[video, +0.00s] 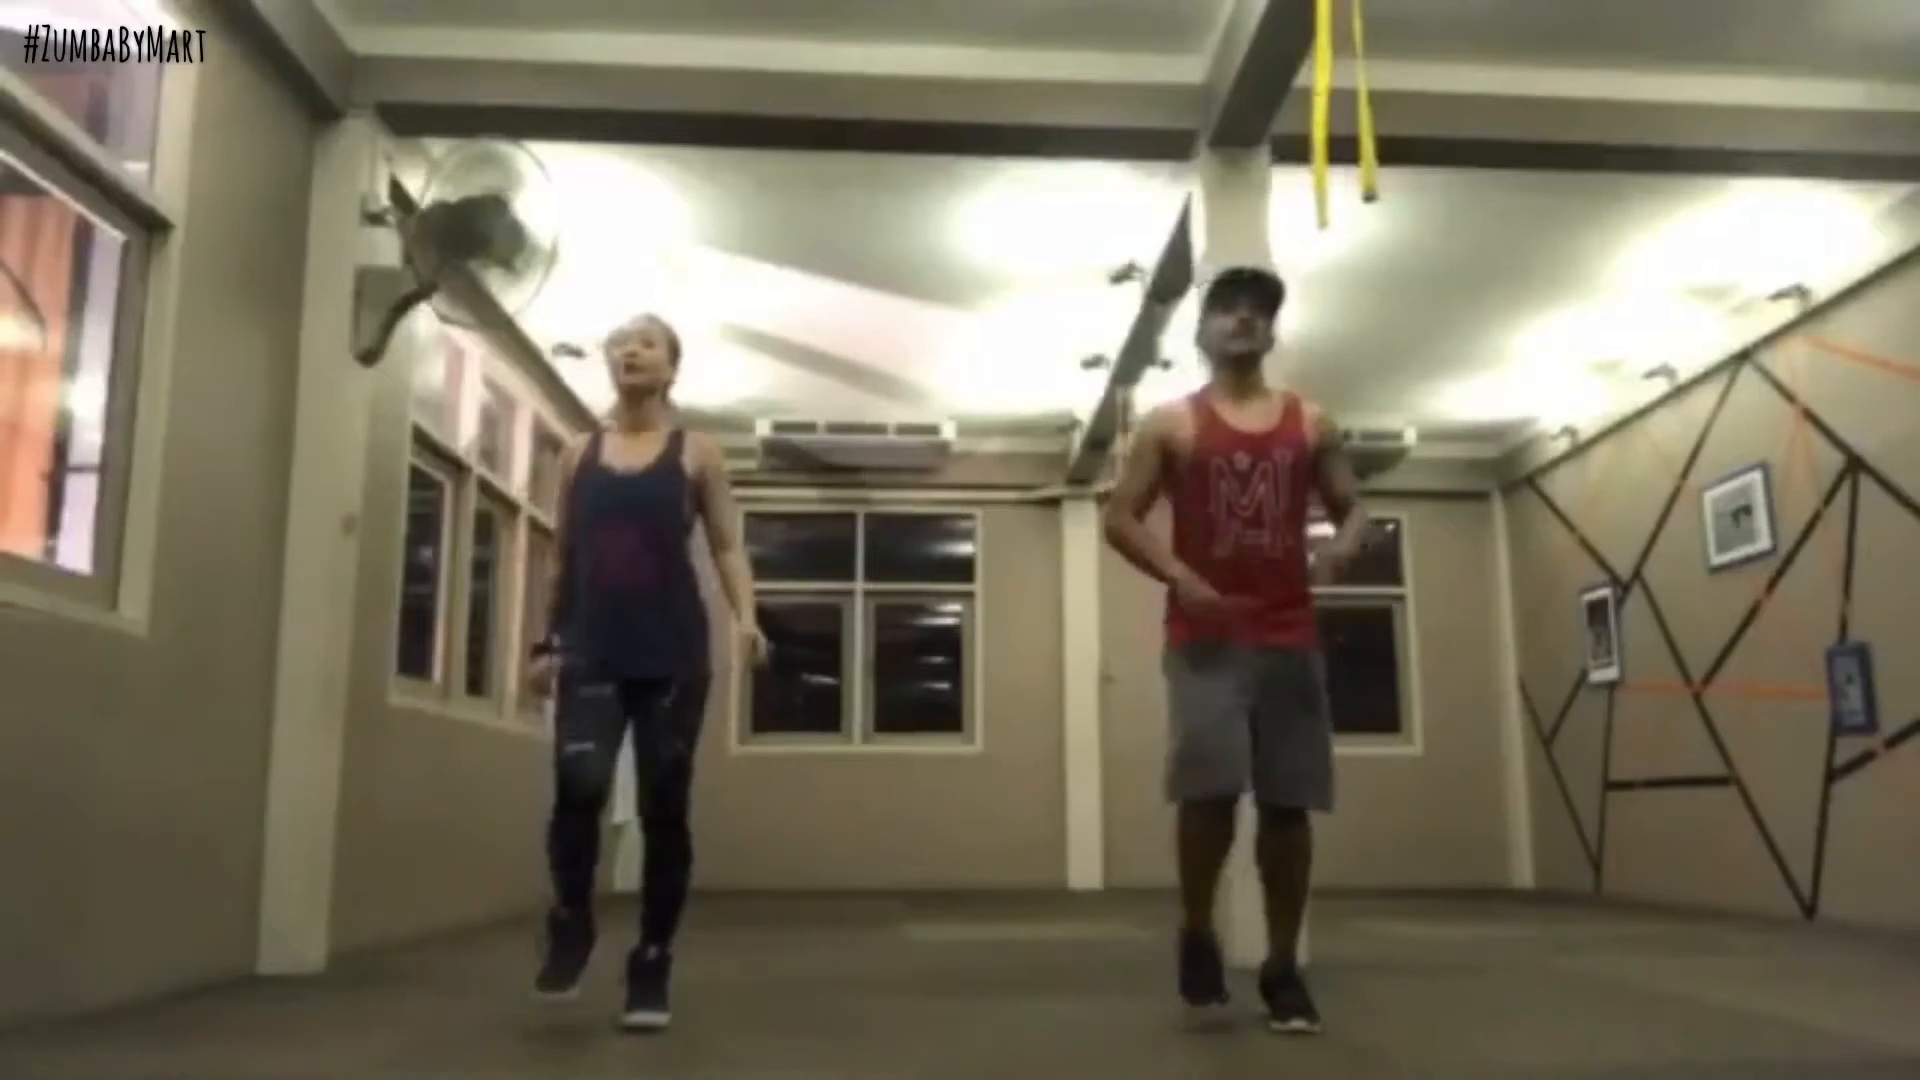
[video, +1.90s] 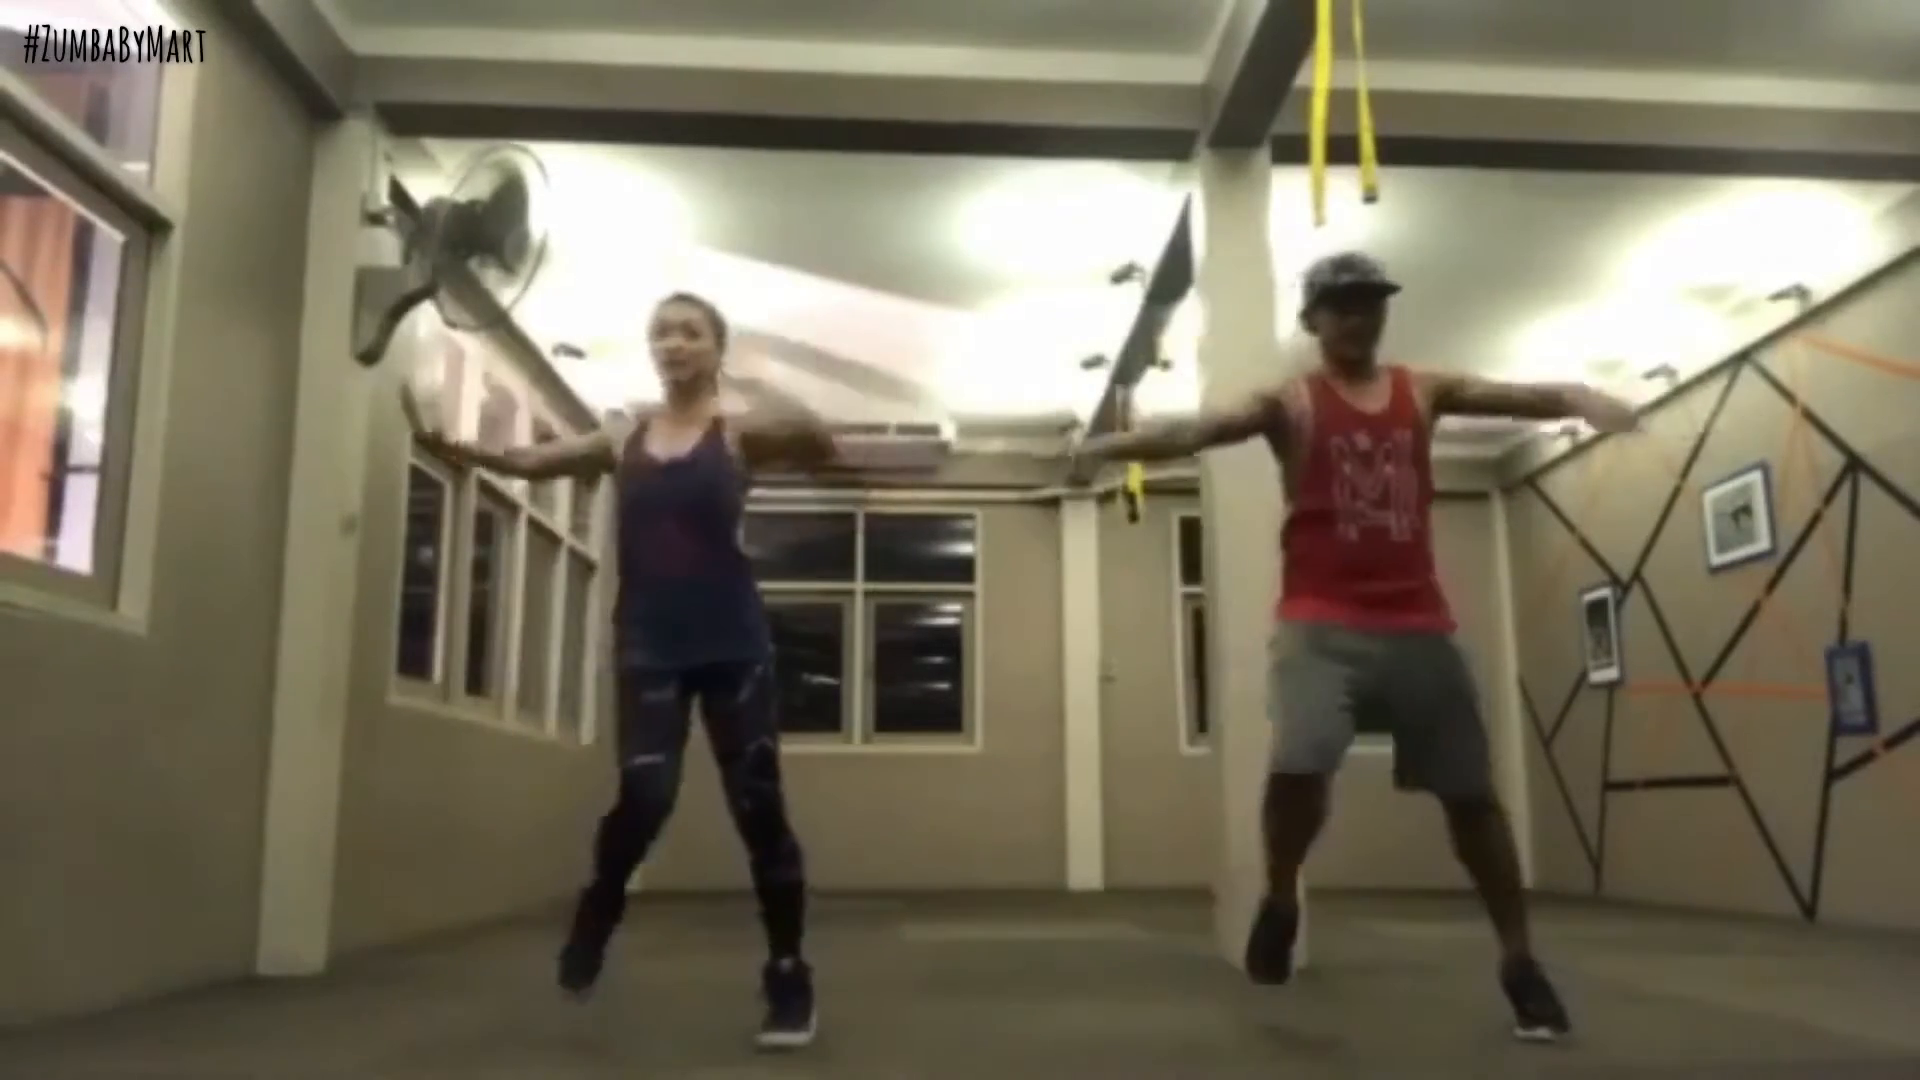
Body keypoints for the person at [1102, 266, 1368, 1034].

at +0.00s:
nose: (1238, 323)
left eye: (1253, 312)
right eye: (1224, 311)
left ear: (1272, 329)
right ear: (1202, 327)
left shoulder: (1308, 423)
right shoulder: (1172, 424)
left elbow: (1351, 509)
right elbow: (1119, 518)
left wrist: (1344, 550)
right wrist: (1182, 579)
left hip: (1288, 636)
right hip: (1208, 638)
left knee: (1287, 807)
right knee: (1209, 797)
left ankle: (1283, 965)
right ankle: (1196, 937)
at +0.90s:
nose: (1235, 323)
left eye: (1249, 312)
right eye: (1221, 310)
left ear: (1267, 327)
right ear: (1194, 323)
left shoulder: (1298, 415)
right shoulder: (1155, 412)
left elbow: (1379, 477)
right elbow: (1071, 468)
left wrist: (1453, 523)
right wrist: (1135, 471)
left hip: (1271, 626)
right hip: (1186, 621)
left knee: (1264, 803)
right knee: (1177, 771)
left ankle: (1255, 969)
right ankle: (1170, 916)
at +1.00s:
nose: (1238, 308)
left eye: (1252, 295)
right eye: (1223, 295)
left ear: (1271, 307)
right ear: (1199, 308)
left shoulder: (1302, 393)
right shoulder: (1166, 388)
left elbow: (1398, 434)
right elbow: (1068, 424)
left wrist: (1488, 452)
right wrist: (1086, 441)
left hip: (1270, 603)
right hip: (1189, 591)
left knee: (1251, 787)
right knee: (1202, 746)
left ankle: (1232, 952)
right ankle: (1171, 909)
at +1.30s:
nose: (1271, 336)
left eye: (1284, 323)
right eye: (1255, 322)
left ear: (1300, 333)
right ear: (1226, 333)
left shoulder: (1328, 424)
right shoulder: (1207, 412)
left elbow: (1434, 460)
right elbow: (1108, 431)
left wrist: (1423, 427)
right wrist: (1007, 437)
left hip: (1300, 633)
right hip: (1214, 635)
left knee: (1364, 771)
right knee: (1203, 808)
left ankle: (1271, 913)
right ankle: (1178, 984)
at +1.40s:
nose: (1286, 327)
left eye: (1299, 314)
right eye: (1271, 313)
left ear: (1315, 323)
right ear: (1241, 324)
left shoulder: (1342, 410)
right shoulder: (1211, 404)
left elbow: (1459, 423)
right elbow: (1121, 426)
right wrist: (1101, 391)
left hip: (1325, 621)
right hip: (1233, 628)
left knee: (1406, 751)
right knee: (1211, 799)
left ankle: (1372, 896)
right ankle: (1179, 984)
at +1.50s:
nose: (1308, 316)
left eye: (1320, 304)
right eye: (1293, 304)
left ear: (1336, 312)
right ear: (1263, 316)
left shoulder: (1371, 387)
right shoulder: (1230, 393)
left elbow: (1498, 401)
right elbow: (1133, 413)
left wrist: (1625, 383)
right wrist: (1154, 346)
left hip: (1354, 624)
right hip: (1258, 627)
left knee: (1430, 777)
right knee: (1227, 795)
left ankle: (1467, 912)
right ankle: (1193, 975)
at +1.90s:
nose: (1357, 324)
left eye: (1370, 310)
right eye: (1341, 310)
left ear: (1386, 315)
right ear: (1312, 319)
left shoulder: (1422, 391)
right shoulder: (1289, 403)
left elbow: (1525, 399)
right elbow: (1201, 431)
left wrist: (1587, 400)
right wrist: (1117, 445)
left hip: (1417, 622)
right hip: (1321, 622)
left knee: (1473, 799)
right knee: (1298, 767)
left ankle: (1520, 963)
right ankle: (1280, 902)